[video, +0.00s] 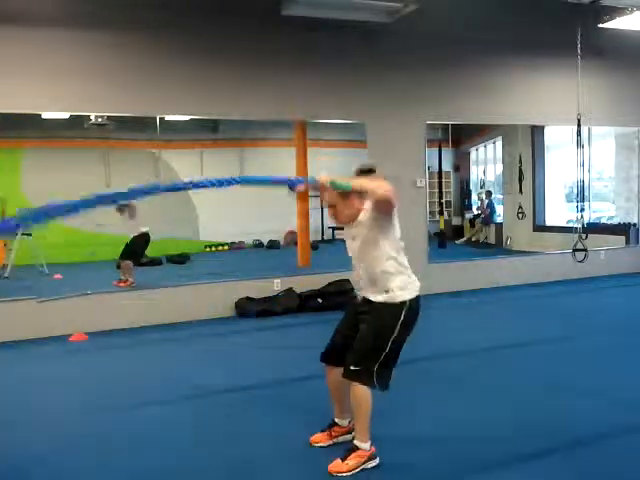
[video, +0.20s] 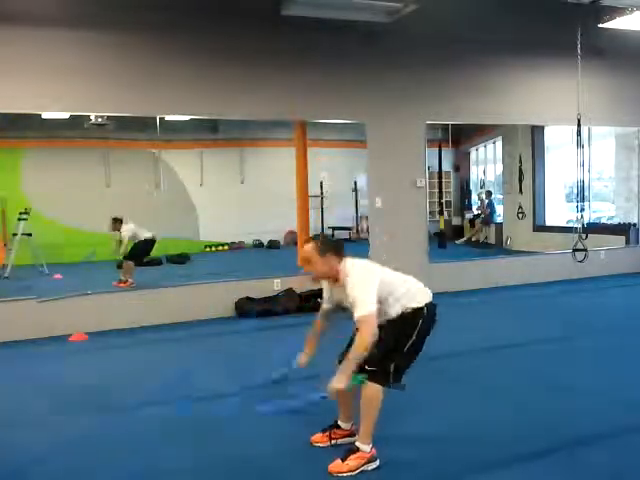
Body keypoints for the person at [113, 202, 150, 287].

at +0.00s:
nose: (120, 215)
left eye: (121, 212)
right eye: (119, 213)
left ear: (125, 210)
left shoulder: (131, 214)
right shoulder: (126, 216)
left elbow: (132, 205)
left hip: (141, 235)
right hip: (136, 236)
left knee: (126, 259)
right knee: (122, 259)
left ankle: (129, 279)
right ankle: (124, 278)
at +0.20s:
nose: (112, 227)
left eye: (113, 224)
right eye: (112, 225)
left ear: (118, 224)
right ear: (119, 223)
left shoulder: (125, 230)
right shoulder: (126, 228)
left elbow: (125, 243)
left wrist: (121, 254)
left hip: (145, 239)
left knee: (128, 259)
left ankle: (127, 280)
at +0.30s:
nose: (114, 216)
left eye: (115, 214)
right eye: (114, 214)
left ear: (121, 213)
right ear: (121, 214)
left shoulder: (128, 221)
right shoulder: (124, 223)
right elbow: (121, 239)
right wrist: (114, 249)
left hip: (143, 237)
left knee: (128, 259)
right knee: (130, 260)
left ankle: (127, 280)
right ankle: (126, 279)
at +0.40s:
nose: (120, 206)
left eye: (121, 204)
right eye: (120, 204)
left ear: (125, 204)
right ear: (128, 203)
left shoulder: (132, 211)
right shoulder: (132, 211)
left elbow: (119, 215)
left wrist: (106, 219)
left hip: (142, 235)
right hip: (143, 235)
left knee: (127, 257)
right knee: (129, 257)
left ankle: (126, 279)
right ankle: (126, 278)